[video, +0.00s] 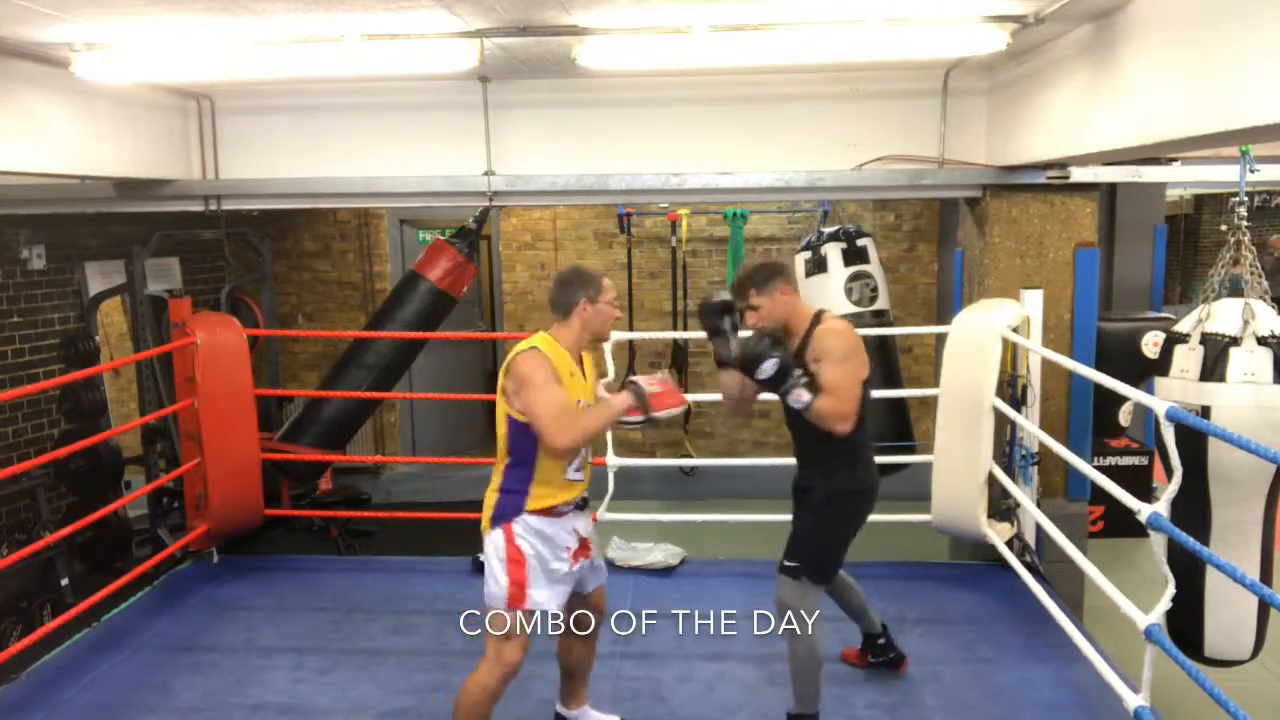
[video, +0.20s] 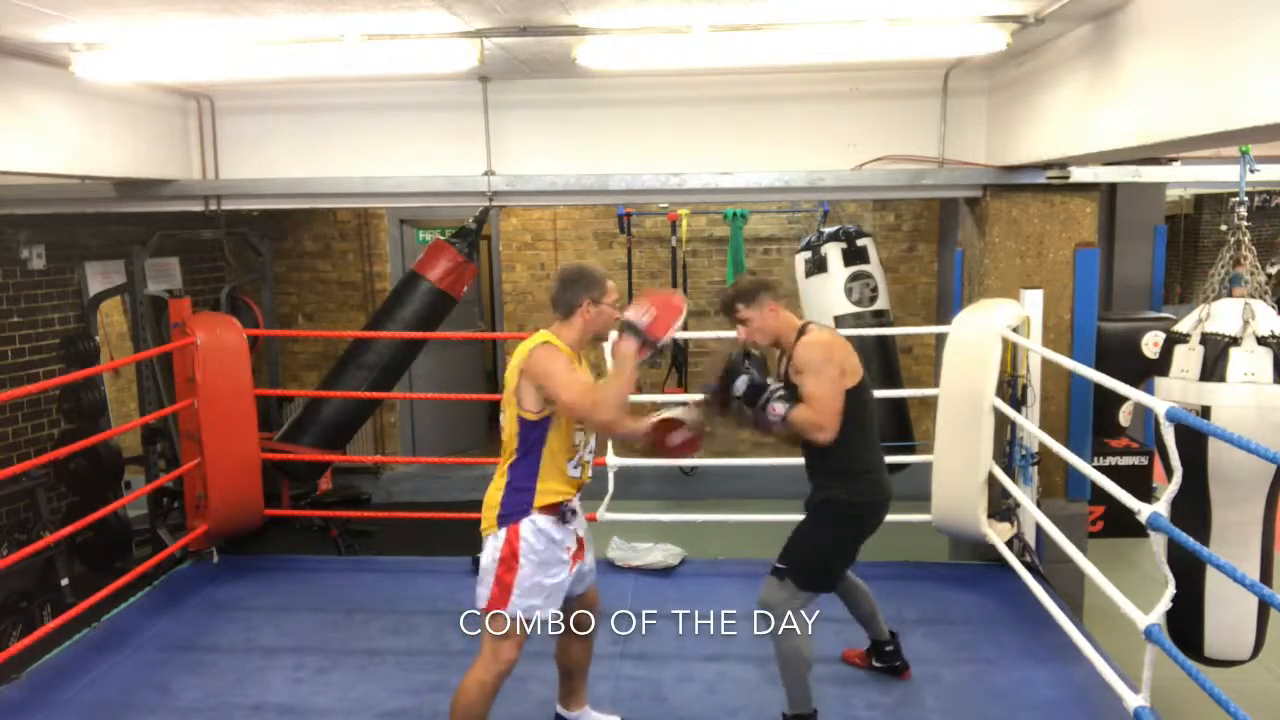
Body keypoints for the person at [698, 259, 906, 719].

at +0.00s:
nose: (750, 322)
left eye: (754, 309)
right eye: (746, 312)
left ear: (784, 295)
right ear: (777, 300)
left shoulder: (835, 336)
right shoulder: (784, 342)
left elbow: (841, 418)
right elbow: (737, 400)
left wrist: (785, 380)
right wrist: (725, 346)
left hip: (844, 484)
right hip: (813, 479)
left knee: (794, 592)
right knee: (821, 570)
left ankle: (804, 713)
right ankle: (880, 643)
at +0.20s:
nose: (742, 338)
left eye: (743, 325)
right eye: (737, 328)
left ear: (771, 309)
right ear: (768, 313)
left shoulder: (816, 348)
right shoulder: (803, 348)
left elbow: (823, 428)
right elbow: (802, 425)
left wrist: (767, 400)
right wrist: (754, 402)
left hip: (846, 498)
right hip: (852, 492)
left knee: (778, 600)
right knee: (832, 572)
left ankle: (800, 713)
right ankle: (886, 650)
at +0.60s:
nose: (754, 310)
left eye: (758, 298)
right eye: (752, 300)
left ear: (787, 290)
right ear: (791, 291)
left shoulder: (811, 328)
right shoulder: (825, 324)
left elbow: (801, 380)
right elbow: (796, 378)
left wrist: (740, 372)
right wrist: (741, 373)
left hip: (837, 486)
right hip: (857, 479)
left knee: (787, 596)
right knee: (843, 564)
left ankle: (804, 713)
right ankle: (891, 649)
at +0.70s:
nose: (751, 313)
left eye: (756, 303)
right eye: (749, 304)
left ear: (787, 293)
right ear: (776, 297)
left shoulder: (829, 332)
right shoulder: (779, 336)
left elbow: (864, 397)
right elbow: (734, 363)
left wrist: (796, 393)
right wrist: (694, 361)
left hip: (842, 484)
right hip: (820, 482)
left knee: (785, 597)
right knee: (843, 568)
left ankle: (807, 713)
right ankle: (890, 650)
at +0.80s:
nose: (750, 329)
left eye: (756, 319)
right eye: (747, 321)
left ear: (784, 309)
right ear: (755, 317)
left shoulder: (829, 350)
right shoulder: (758, 341)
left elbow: (866, 427)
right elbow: (719, 376)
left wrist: (802, 404)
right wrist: (689, 390)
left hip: (836, 490)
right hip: (802, 487)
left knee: (787, 602)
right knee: (824, 575)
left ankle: (821, 715)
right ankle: (885, 647)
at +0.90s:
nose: (710, 371)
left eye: (714, 360)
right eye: (707, 361)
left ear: (739, 349)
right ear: (734, 349)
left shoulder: (803, 376)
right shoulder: (756, 378)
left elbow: (831, 459)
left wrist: (787, 447)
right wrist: (734, 432)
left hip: (831, 498)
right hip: (796, 489)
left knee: (776, 611)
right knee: (778, 574)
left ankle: (816, 714)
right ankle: (846, 630)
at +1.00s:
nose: (684, 379)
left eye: (685, 367)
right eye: (681, 368)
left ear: (709, 359)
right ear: (712, 355)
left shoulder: (763, 391)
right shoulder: (754, 381)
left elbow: (766, 476)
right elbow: (756, 449)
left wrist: (714, 452)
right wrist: (713, 435)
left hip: (813, 516)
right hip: (792, 505)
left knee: (753, 631)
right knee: (749, 560)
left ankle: (809, 715)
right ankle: (745, 626)